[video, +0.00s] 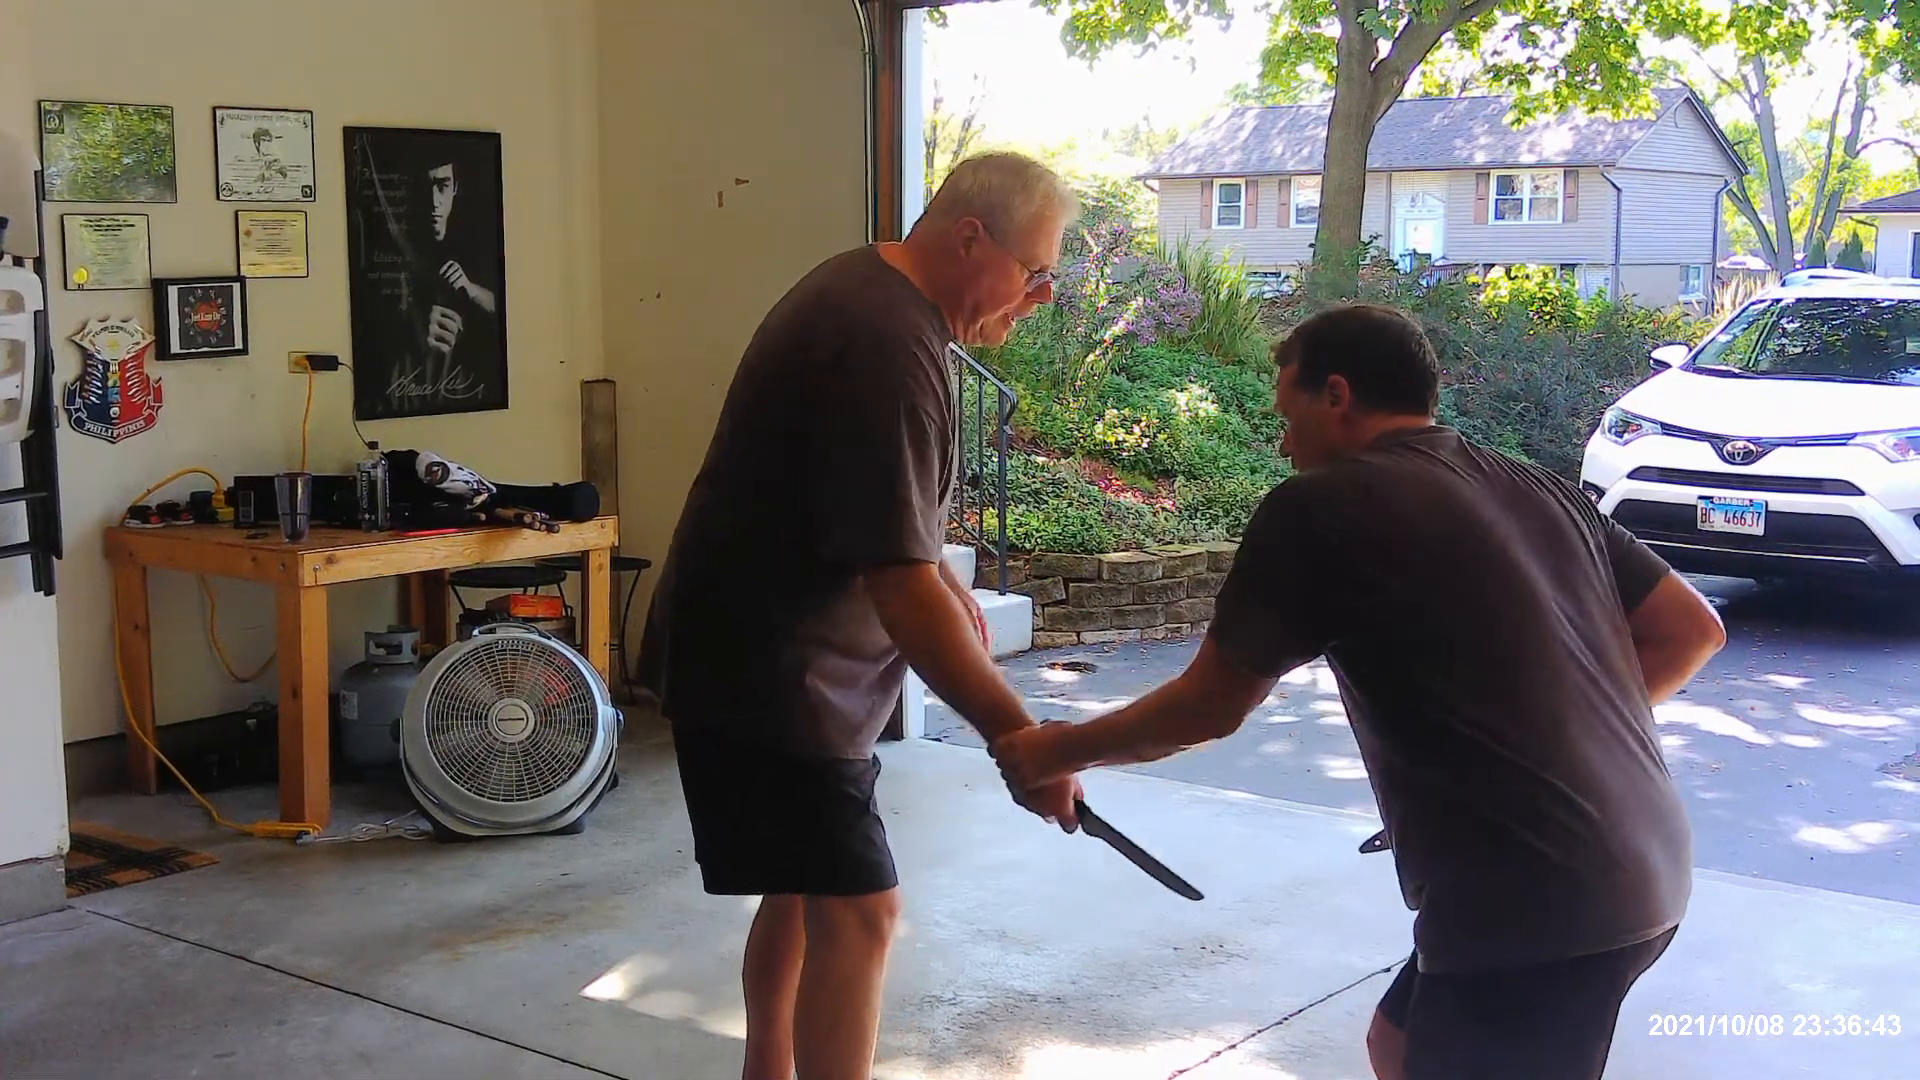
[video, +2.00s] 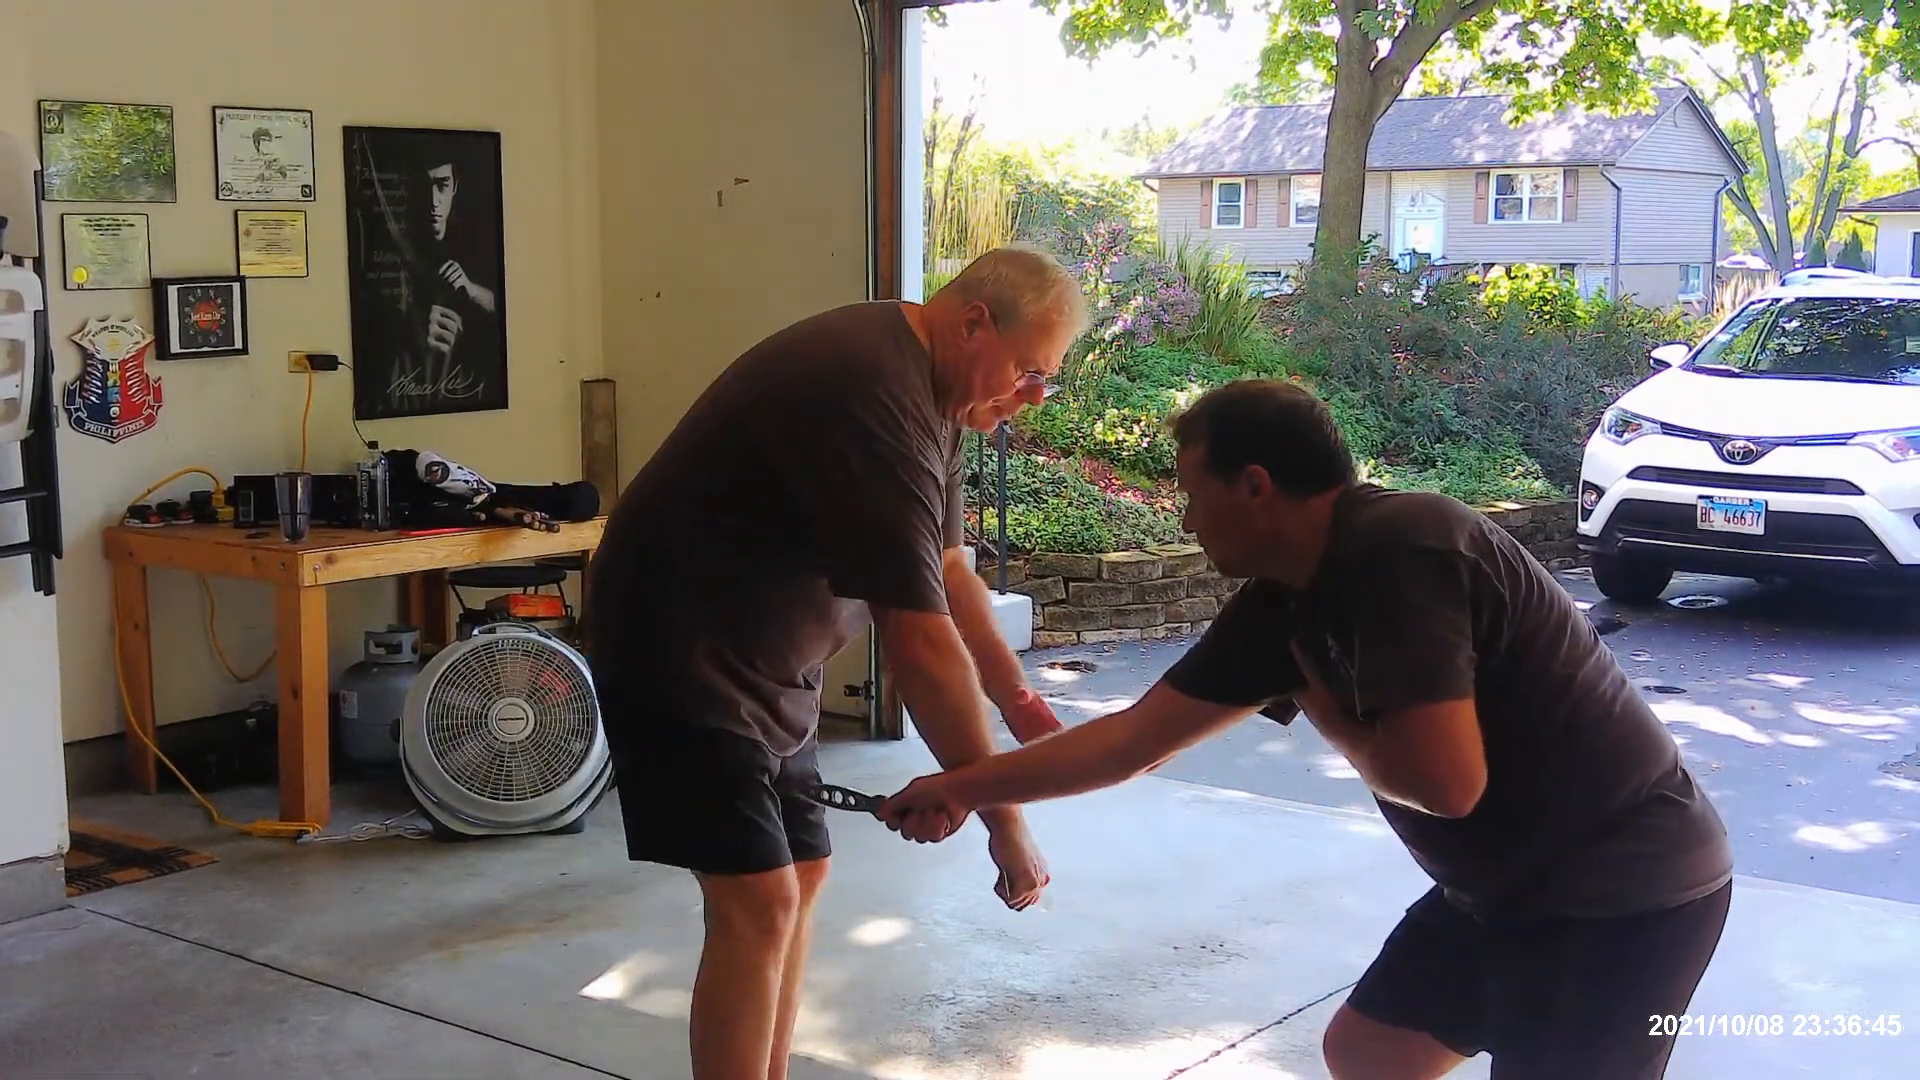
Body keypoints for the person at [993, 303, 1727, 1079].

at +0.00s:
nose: (1282, 438)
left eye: (1286, 411)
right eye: (1279, 413)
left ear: (1339, 399)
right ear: (1412, 397)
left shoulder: (1318, 508)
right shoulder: (1534, 485)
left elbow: (1208, 704)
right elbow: (1689, 628)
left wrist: (1058, 747)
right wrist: (1565, 733)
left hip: (1534, 896)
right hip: (1641, 862)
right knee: (1401, 1036)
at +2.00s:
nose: (1181, 508)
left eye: (1189, 484)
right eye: (1181, 485)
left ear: (1255, 490)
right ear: (1258, 490)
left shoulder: (1400, 550)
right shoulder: (1282, 599)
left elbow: (1451, 783)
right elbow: (1138, 735)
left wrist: (1336, 724)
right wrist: (966, 787)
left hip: (1630, 883)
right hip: (1495, 880)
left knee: (1572, 1069)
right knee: (1366, 1047)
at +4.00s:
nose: (1156, 393)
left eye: (1177, 367)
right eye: (1149, 372)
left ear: (1264, 359)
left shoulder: (1379, 435)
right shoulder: (1181, 487)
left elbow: (1417, 626)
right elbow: (1046, 560)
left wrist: (1250, 568)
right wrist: (932, 594)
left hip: (1532, 797)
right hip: (1388, 821)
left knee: (1556, 1065)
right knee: (1304, 1045)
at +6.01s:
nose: (1313, 417)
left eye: (1299, 394)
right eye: (1301, 399)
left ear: (1317, 364)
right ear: (1400, 325)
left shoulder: (1453, 433)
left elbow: (1397, 664)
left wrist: (1358, 581)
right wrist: (1629, 836)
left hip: (1537, 862)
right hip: (1482, 846)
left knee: (1512, 1068)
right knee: (1400, 1037)